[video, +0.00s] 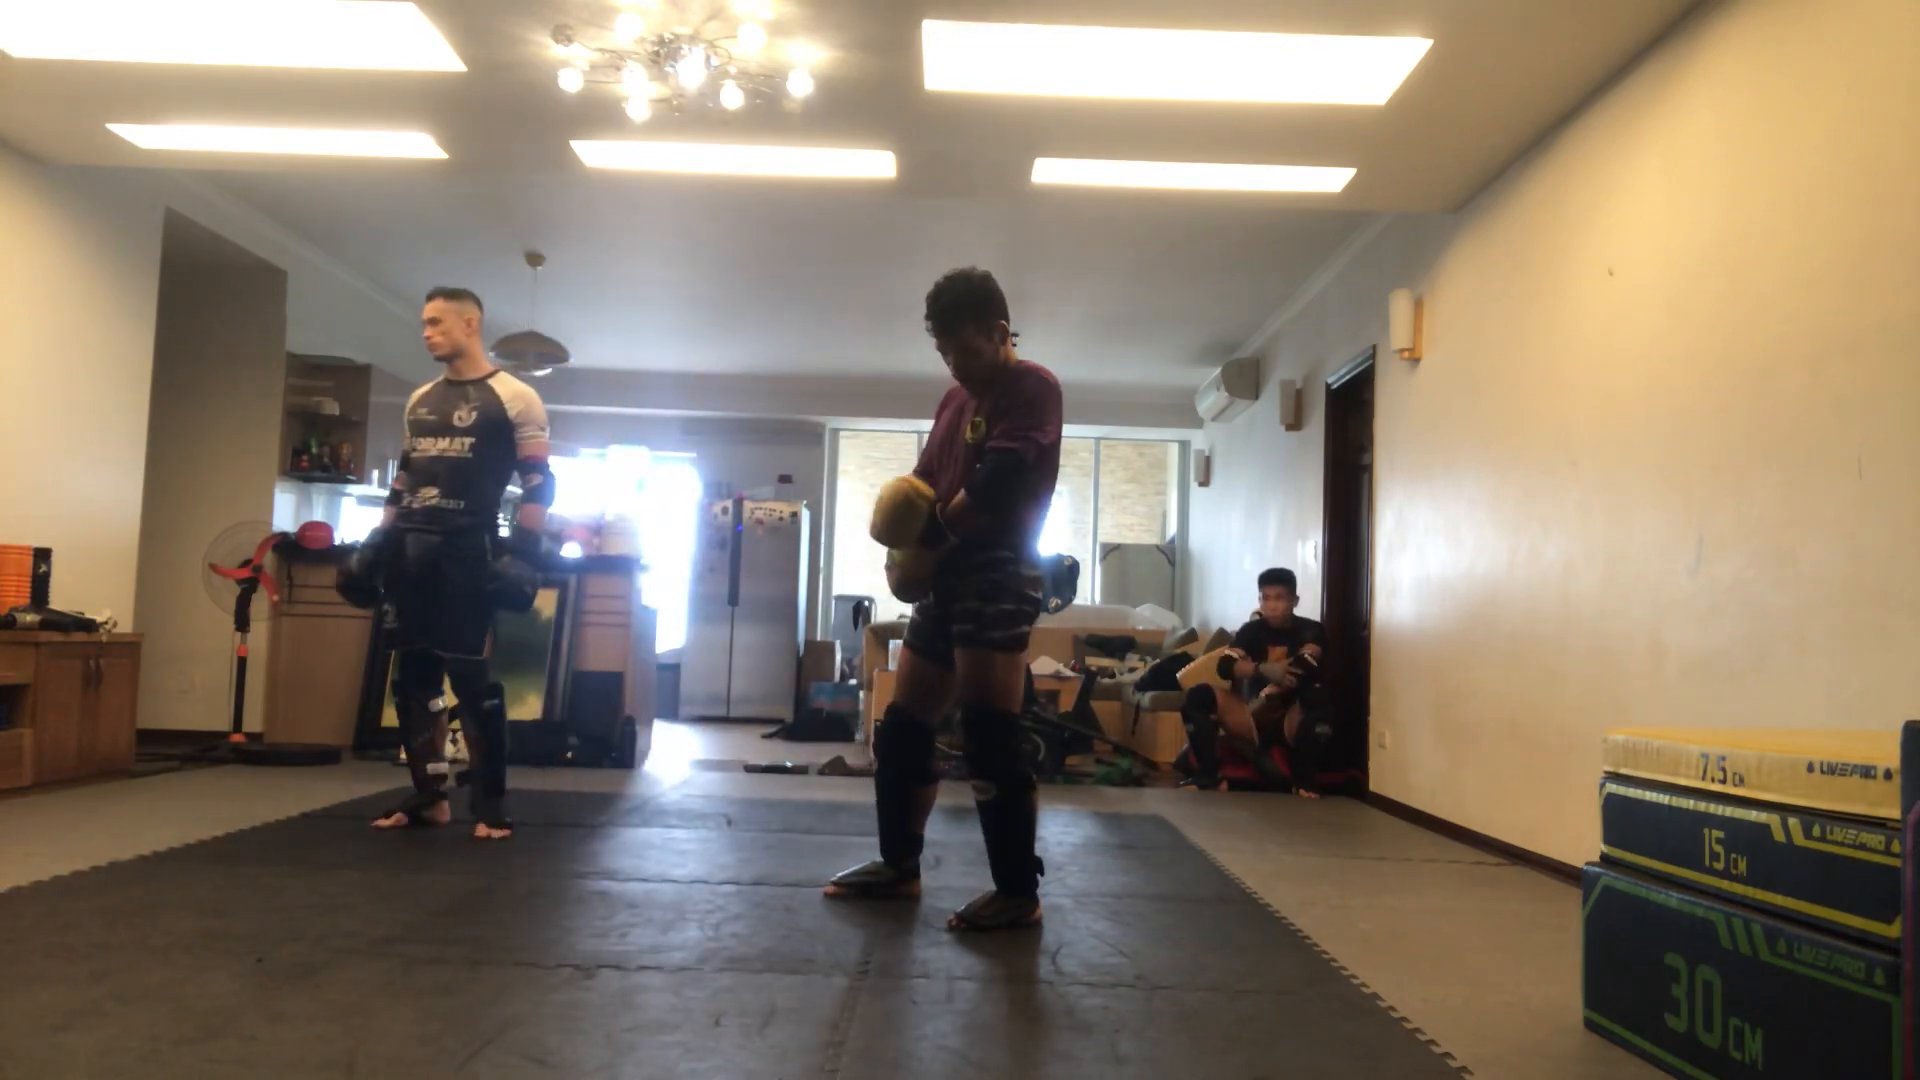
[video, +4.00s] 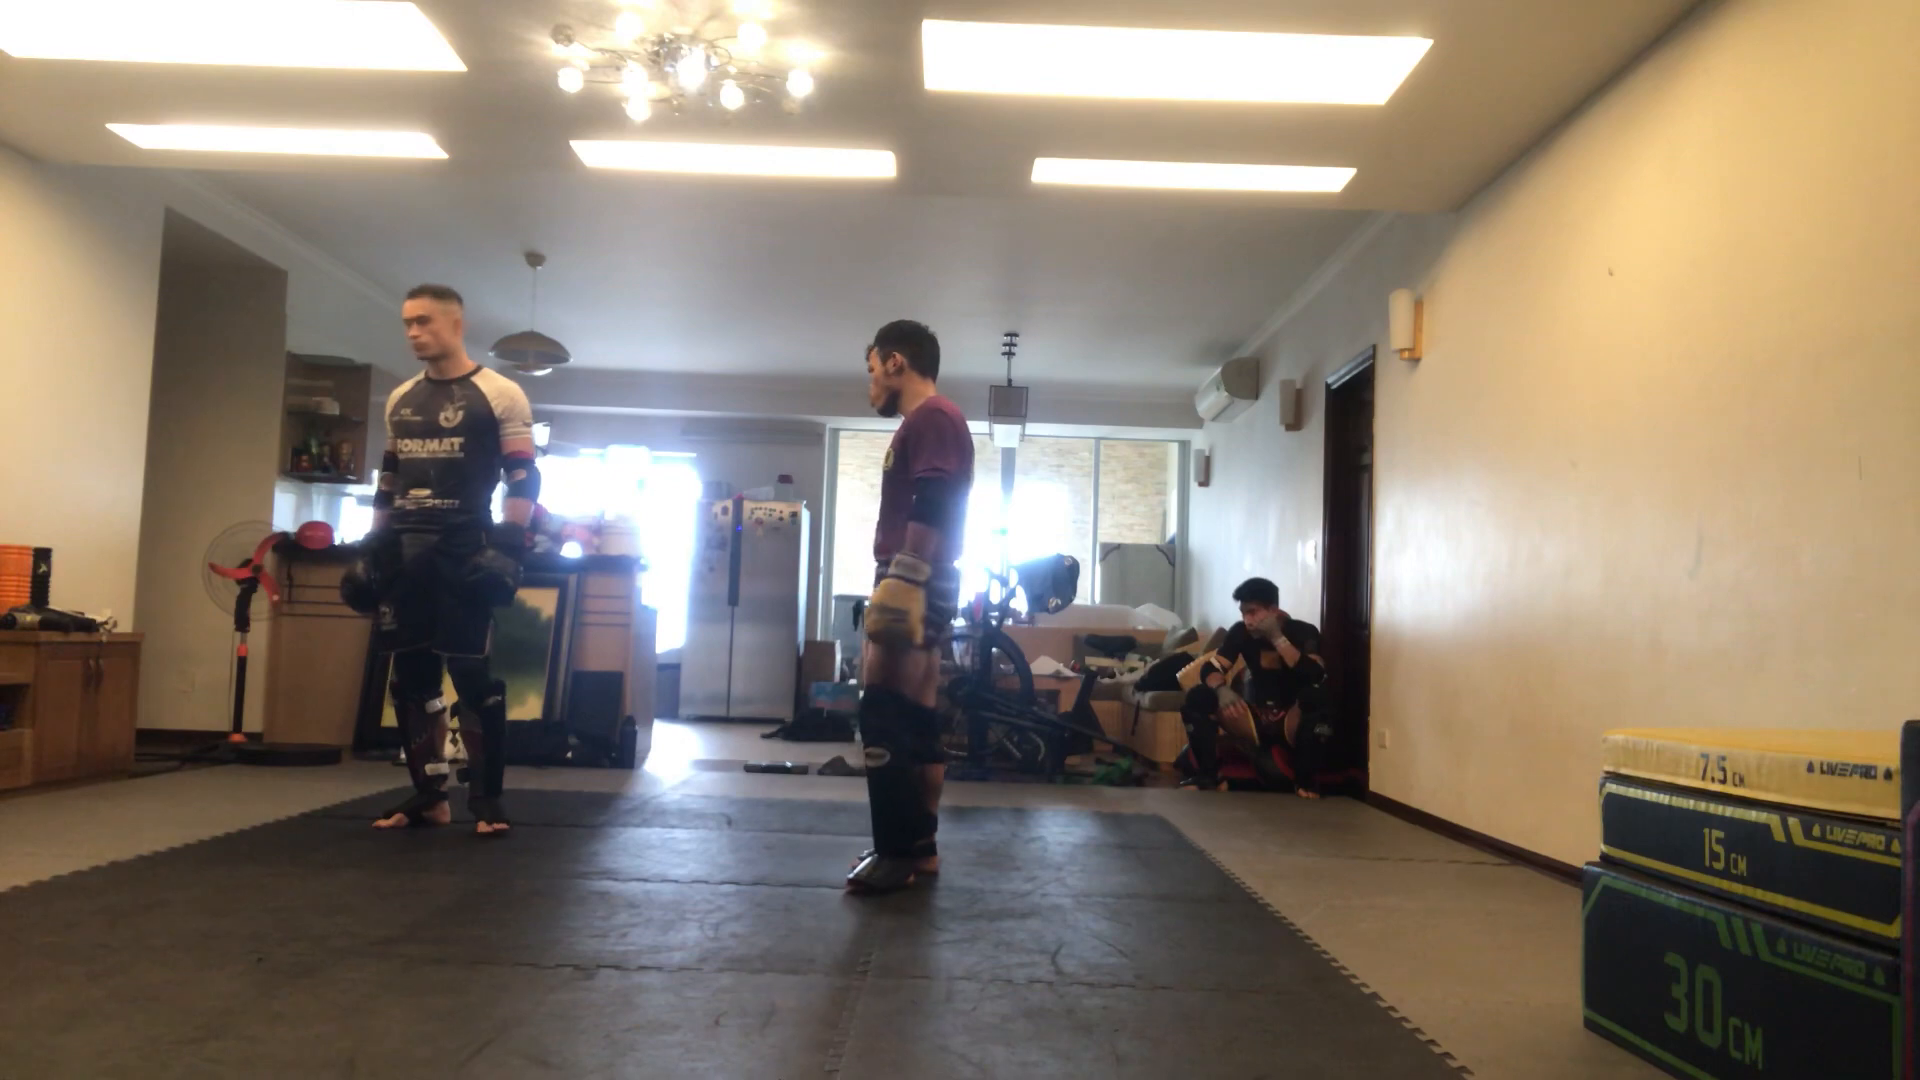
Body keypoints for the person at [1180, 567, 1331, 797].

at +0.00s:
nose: (1271, 605)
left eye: (1279, 598)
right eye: (1266, 598)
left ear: (1294, 601)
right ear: (1260, 601)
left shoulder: (1311, 630)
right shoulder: (1251, 630)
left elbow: (1305, 667)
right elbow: (1225, 665)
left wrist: (1273, 692)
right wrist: (1265, 669)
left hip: (1292, 716)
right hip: (1249, 717)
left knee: (1318, 696)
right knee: (1199, 696)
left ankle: (1304, 780)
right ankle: (1207, 775)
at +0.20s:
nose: (1268, 604)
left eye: (1276, 598)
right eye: (1264, 598)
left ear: (1294, 601)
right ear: (1259, 600)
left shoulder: (1311, 630)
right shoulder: (1251, 632)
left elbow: (1325, 661)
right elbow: (1214, 663)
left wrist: (1274, 679)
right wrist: (1238, 679)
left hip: (1292, 716)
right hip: (1249, 716)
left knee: (1316, 697)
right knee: (1200, 697)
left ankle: (1304, 781)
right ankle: (1208, 776)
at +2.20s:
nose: (1250, 613)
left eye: (1257, 608)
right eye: (1248, 606)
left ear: (1279, 611)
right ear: (1245, 604)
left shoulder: (1302, 630)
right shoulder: (1242, 632)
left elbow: (1324, 668)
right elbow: (1212, 668)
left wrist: (1277, 691)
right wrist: (1223, 690)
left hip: (1292, 715)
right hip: (1253, 713)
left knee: (1316, 703)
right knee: (1198, 698)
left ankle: (1306, 782)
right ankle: (1208, 776)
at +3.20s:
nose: (1245, 617)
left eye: (1251, 610)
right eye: (1243, 610)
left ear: (1274, 610)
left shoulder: (1304, 633)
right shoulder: (1242, 633)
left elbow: (1330, 671)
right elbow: (1211, 668)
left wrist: (1281, 669)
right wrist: (1223, 691)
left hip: (1292, 720)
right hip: (1250, 719)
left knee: (1320, 704)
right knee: (1198, 698)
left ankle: (1306, 781)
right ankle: (1208, 777)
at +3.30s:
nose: (1245, 619)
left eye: (1251, 612)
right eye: (1243, 612)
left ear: (1274, 611)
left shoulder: (1305, 633)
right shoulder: (1242, 633)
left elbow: (1324, 674)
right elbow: (1211, 669)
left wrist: (1278, 647)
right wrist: (1224, 691)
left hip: (1294, 720)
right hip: (1252, 719)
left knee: (1320, 699)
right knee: (1198, 698)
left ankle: (1306, 781)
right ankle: (1208, 777)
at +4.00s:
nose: (1246, 620)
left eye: (1252, 613)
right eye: (1243, 613)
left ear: (1273, 609)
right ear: (1240, 610)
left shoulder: (1304, 632)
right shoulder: (1241, 632)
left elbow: (1314, 675)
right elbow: (1210, 669)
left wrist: (1276, 637)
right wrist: (1222, 690)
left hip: (1291, 720)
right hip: (1251, 719)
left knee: (1317, 696)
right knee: (1198, 698)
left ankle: (1305, 780)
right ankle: (1207, 776)